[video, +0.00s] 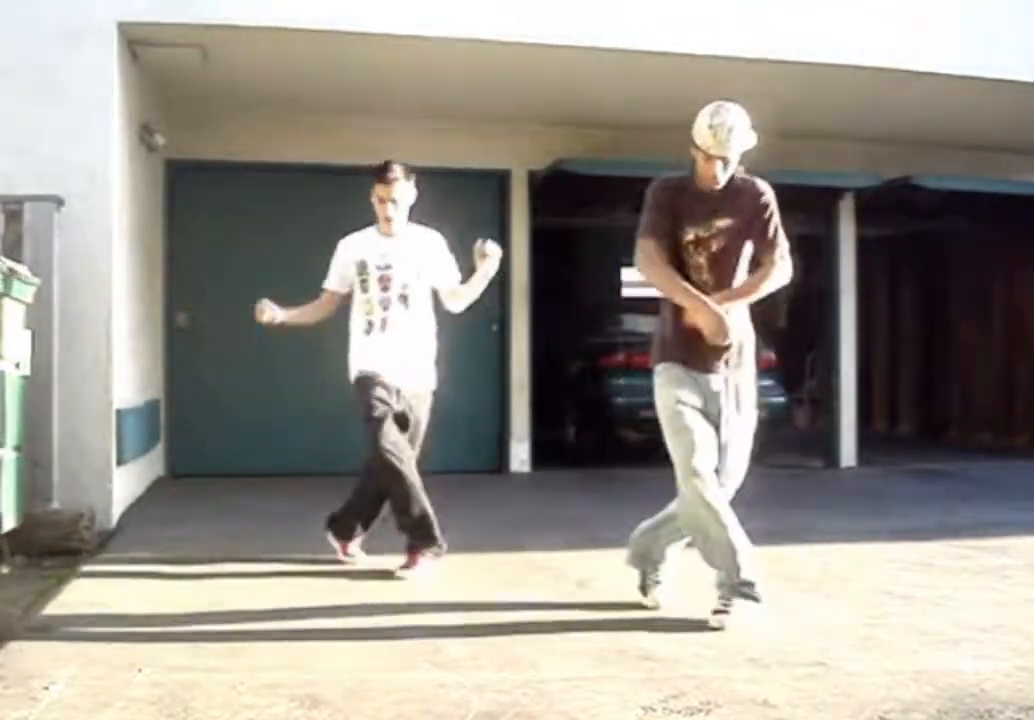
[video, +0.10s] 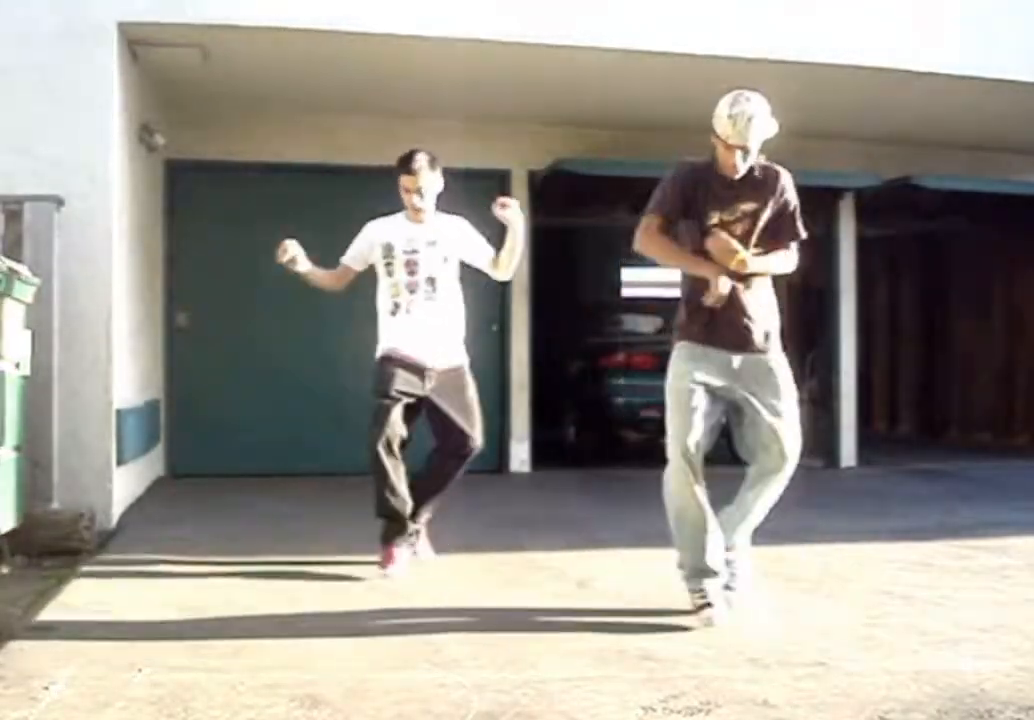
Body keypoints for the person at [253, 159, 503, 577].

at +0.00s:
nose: (388, 208)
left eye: (396, 200)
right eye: (382, 199)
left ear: (412, 197)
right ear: (372, 198)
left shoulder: (430, 244)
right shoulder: (352, 247)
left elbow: (455, 301)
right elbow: (326, 306)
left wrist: (486, 270)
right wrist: (282, 315)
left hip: (418, 367)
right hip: (371, 362)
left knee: (399, 457)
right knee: (387, 446)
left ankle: (346, 528)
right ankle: (425, 542)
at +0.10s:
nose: (416, 198)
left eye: (424, 190)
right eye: (409, 190)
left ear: (439, 185)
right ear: (399, 187)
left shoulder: (456, 229)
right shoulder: (378, 233)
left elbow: (501, 270)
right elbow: (338, 281)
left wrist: (515, 226)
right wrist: (303, 266)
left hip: (448, 357)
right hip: (399, 353)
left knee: (464, 441)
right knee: (385, 439)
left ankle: (414, 513)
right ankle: (396, 536)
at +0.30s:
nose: (462, 221)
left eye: (469, 213)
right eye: (456, 213)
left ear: (486, 211)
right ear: (448, 212)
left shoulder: (503, 262)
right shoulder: (431, 262)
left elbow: (519, 318)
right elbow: (405, 324)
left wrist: (545, 276)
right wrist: (385, 283)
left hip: (502, 384)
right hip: (451, 384)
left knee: (543, 461)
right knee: (415, 465)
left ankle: (553, 535)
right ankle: (358, 545)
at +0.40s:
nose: (470, 221)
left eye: (477, 213)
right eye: (463, 213)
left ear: (490, 214)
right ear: (451, 213)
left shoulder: (506, 257)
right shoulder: (432, 260)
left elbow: (546, 300)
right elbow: (387, 311)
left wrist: (552, 251)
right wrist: (387, 258)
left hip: (504, 384)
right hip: (453, 383)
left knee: (545, 459)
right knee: (421, 464)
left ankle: (554, 535)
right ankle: (371, 547)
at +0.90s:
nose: (350, 183)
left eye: (358, 175)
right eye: (344, 174)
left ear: (372, 174)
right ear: (333, 174)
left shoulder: (390, 219)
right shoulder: (313, 220)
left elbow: (426, 272)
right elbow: (278, 279)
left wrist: (444, 226)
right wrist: (272, 230)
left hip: (386, 344)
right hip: (338, 342)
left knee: (411, 433)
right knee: (329, 430)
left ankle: (382, 520)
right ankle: (345, 527)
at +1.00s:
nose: (333, 182)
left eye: (341, 174)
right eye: (326, 174)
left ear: (356, 174)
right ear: (316, 174)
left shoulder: (373, 221)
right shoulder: (298, 220)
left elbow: (408, 270)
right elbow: (257, 277)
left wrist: (424, 222)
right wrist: (249, 230)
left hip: (373, 348)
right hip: (322, 347)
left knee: (413, 427)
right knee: (298, 436)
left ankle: (396, 521)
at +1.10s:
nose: (313, 199)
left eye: (320, 191)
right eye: (305, 190)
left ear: (333, 192)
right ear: (292, 190)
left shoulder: (345, 237)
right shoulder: (273, 241)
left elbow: (365, 299)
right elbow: (242, 303)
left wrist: (385, 250)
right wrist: (224, 253)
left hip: (346, 371)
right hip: (293, 372)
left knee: (397, 442)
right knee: (254, 461)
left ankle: (425, 536)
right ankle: (200, 533)